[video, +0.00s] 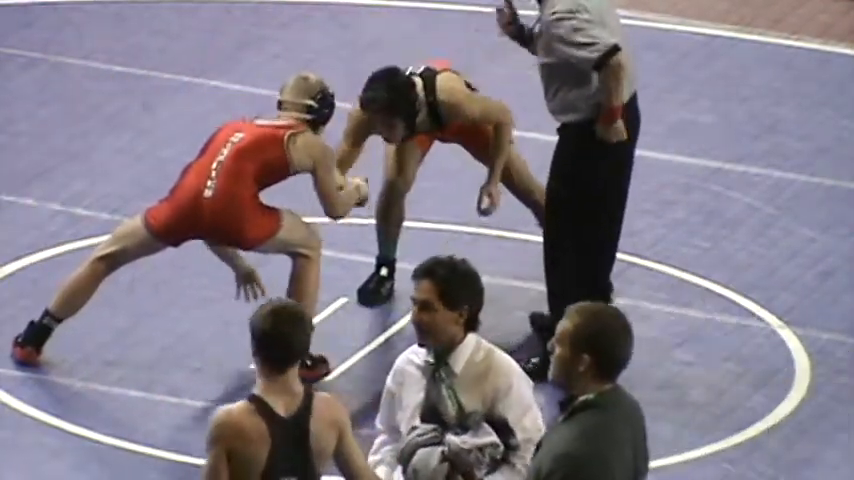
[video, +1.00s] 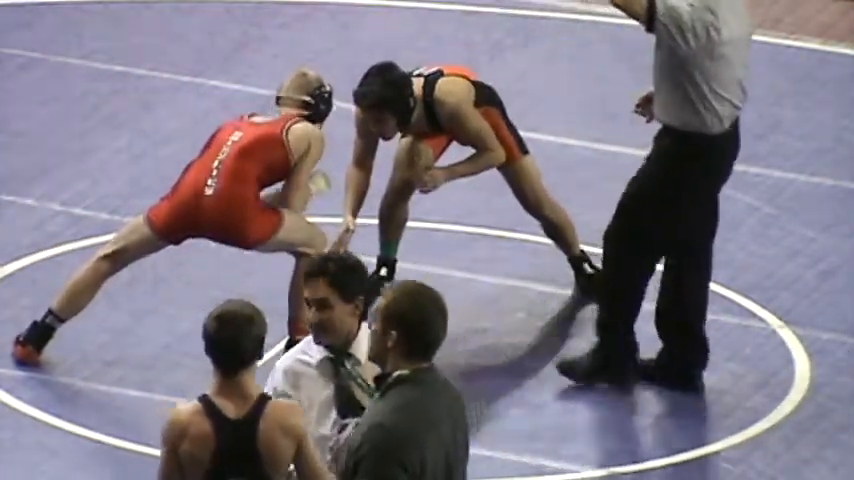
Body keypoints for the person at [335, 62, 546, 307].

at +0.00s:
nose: (381, 135)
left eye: (388, 127)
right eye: (376, 126)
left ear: (409, 116)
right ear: (369, 116)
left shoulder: (451, 101)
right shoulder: (363, 117)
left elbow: (504, 117)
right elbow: (338, 168)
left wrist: (494, 181)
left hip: (462, 121)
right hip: (413, 128)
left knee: (526, 189)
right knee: (394, 186)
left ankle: (575, 250)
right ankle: (384, 271)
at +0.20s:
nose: (371, 128)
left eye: (378, 121)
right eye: (367, 119)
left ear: (401, 110)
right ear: (362, 111)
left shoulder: (446, 98)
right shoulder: (363, 113)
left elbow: (484, 149)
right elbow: (343, 176)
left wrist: (445, 193)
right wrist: (342, 226)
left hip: (466, 107)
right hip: (417, 121)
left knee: (528, 195)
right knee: (392, 185)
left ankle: (578, 257)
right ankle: (383, 270)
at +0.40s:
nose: (371, 120)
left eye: (377, 114)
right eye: (368, 112)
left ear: (401, 105)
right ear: (362, 103)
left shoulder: (448, 96)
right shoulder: (364, 106)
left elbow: (478, 157)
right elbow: (352, 163)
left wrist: (432, 164)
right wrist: (340, 212)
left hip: (473, 108)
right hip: (423, 117)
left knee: (532, 195)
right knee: (395, 184)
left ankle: (588, 256)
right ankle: (383, 267)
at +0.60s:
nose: (369, 125)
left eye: (375, 119)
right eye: (366, 118)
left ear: (399, 111)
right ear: (363, 107)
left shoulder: (448, 100)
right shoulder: (371, 107)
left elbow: (488, 154)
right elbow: (359, 160)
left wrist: (439, 169)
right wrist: (348, 215)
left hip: (475, 106)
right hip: (431, 111)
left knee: (536, 201)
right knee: (397, 184)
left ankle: (592, 268)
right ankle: (385, 265)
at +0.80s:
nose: (370, 128)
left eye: (376, 120)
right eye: (367, 119)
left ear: (401, 111)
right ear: (363, 110)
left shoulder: (452, 101)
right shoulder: (368, 111)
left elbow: (495, 152)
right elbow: (360, 164)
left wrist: (445, 171)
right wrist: (349, 218)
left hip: (478, 109)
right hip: (427, 118)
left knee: (533, 198)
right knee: (396, 189)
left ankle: (581, 264)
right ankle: (386, 270)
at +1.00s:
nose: (370, 130)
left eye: (378, 123)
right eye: (367, 121)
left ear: (402, 114)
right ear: (363, 110)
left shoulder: (449, 103)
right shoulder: (369, 114)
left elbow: (494, 153)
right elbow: (359, 164)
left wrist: (446, 174)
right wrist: (349, 219)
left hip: (479, 108)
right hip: (432, 117)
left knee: (536, 202)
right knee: (399, 185)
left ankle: (583, 266)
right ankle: (385, 269)